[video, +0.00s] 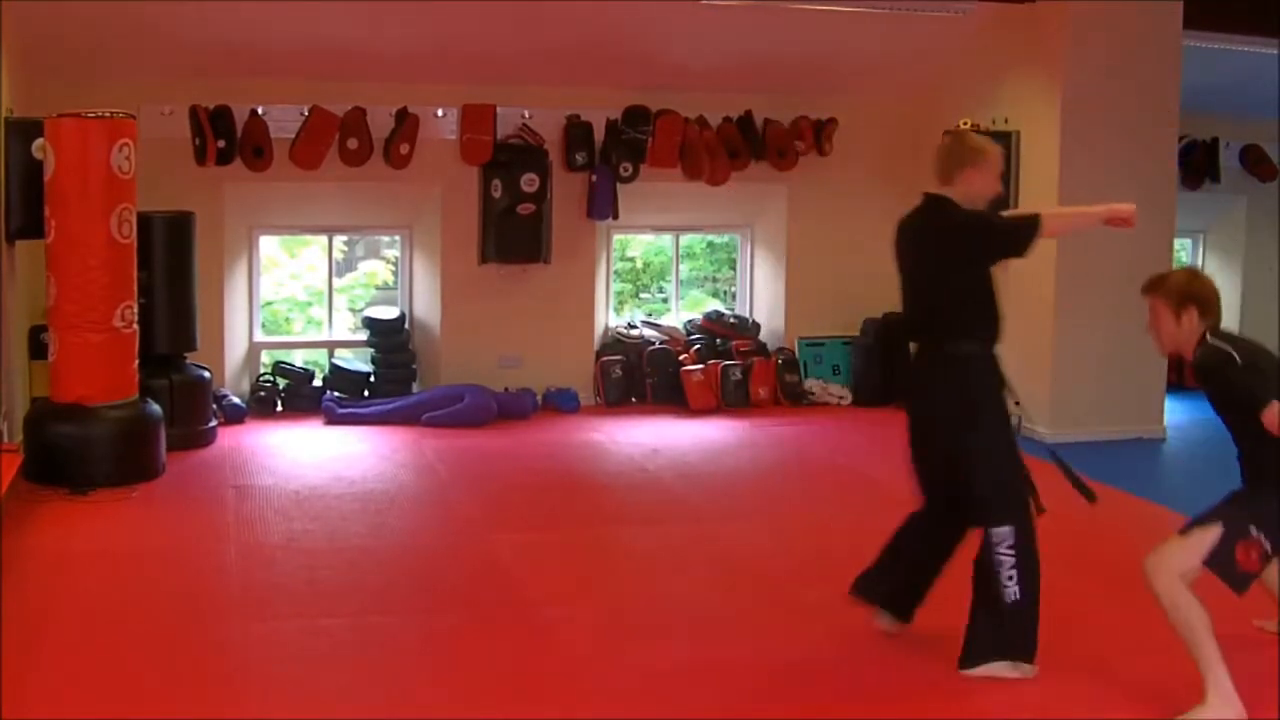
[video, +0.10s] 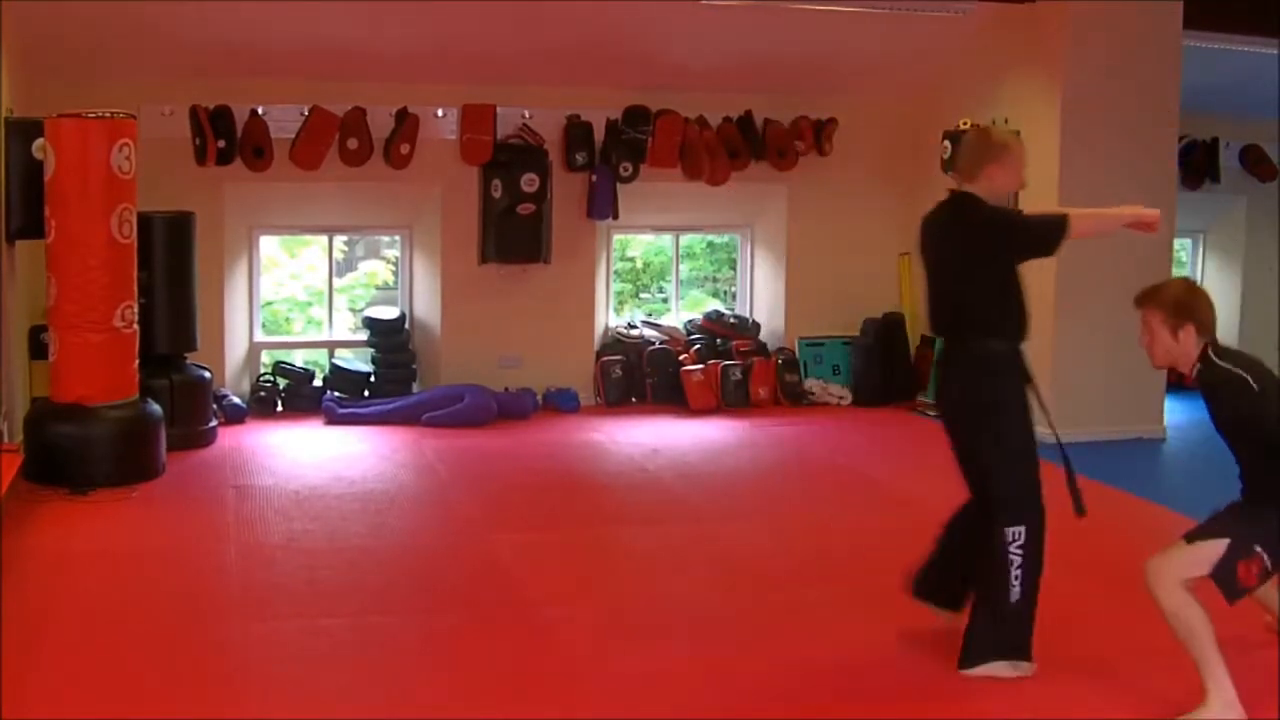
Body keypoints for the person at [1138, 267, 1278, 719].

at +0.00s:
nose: (1150, 326)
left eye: (1156, 315)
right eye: (1149, 316)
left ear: (1189, 316)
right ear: (1190, 317)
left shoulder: (1218, 359)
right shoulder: (1226, 350)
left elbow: (1274, 415)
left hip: (1267, 498)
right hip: (1265, 493)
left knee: (1163, 568)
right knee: (1256, 549)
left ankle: (1222, 697)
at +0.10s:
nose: (1144, 343)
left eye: (1149, 331)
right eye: (1143, 332)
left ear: (1185, 334)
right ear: (1185, 334)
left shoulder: (1235, 382)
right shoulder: (1218, 372)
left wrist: (1256, 538)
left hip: (1267, 515)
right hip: (1260, 505)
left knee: (1163, 572)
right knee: (1245, 565)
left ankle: (1222, 699)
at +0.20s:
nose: (1142, 346)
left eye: (1149, 335)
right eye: (1142, 335)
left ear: (1187, 341)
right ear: (1184, 342)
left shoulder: (1240, 388)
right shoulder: (1207, 380)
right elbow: (1252, 464)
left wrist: (1257, 537)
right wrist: (1241, 521)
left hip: (1269, 511)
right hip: (1254, 503)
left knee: (1170, 569)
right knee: (1214, 556)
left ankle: (1224, 699)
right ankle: (1276, 613)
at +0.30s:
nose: (1146, 354)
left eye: (1152, 345)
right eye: (1146, 344)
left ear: (1190, 350)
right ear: (1188, 350)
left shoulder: (1256, 394)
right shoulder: (1199, 377)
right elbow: (1246, 455)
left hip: (1268, 501)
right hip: (1242, 490)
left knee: (1175, 564)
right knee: (1208, 564)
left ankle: (1224, 699)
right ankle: (1275, 615)